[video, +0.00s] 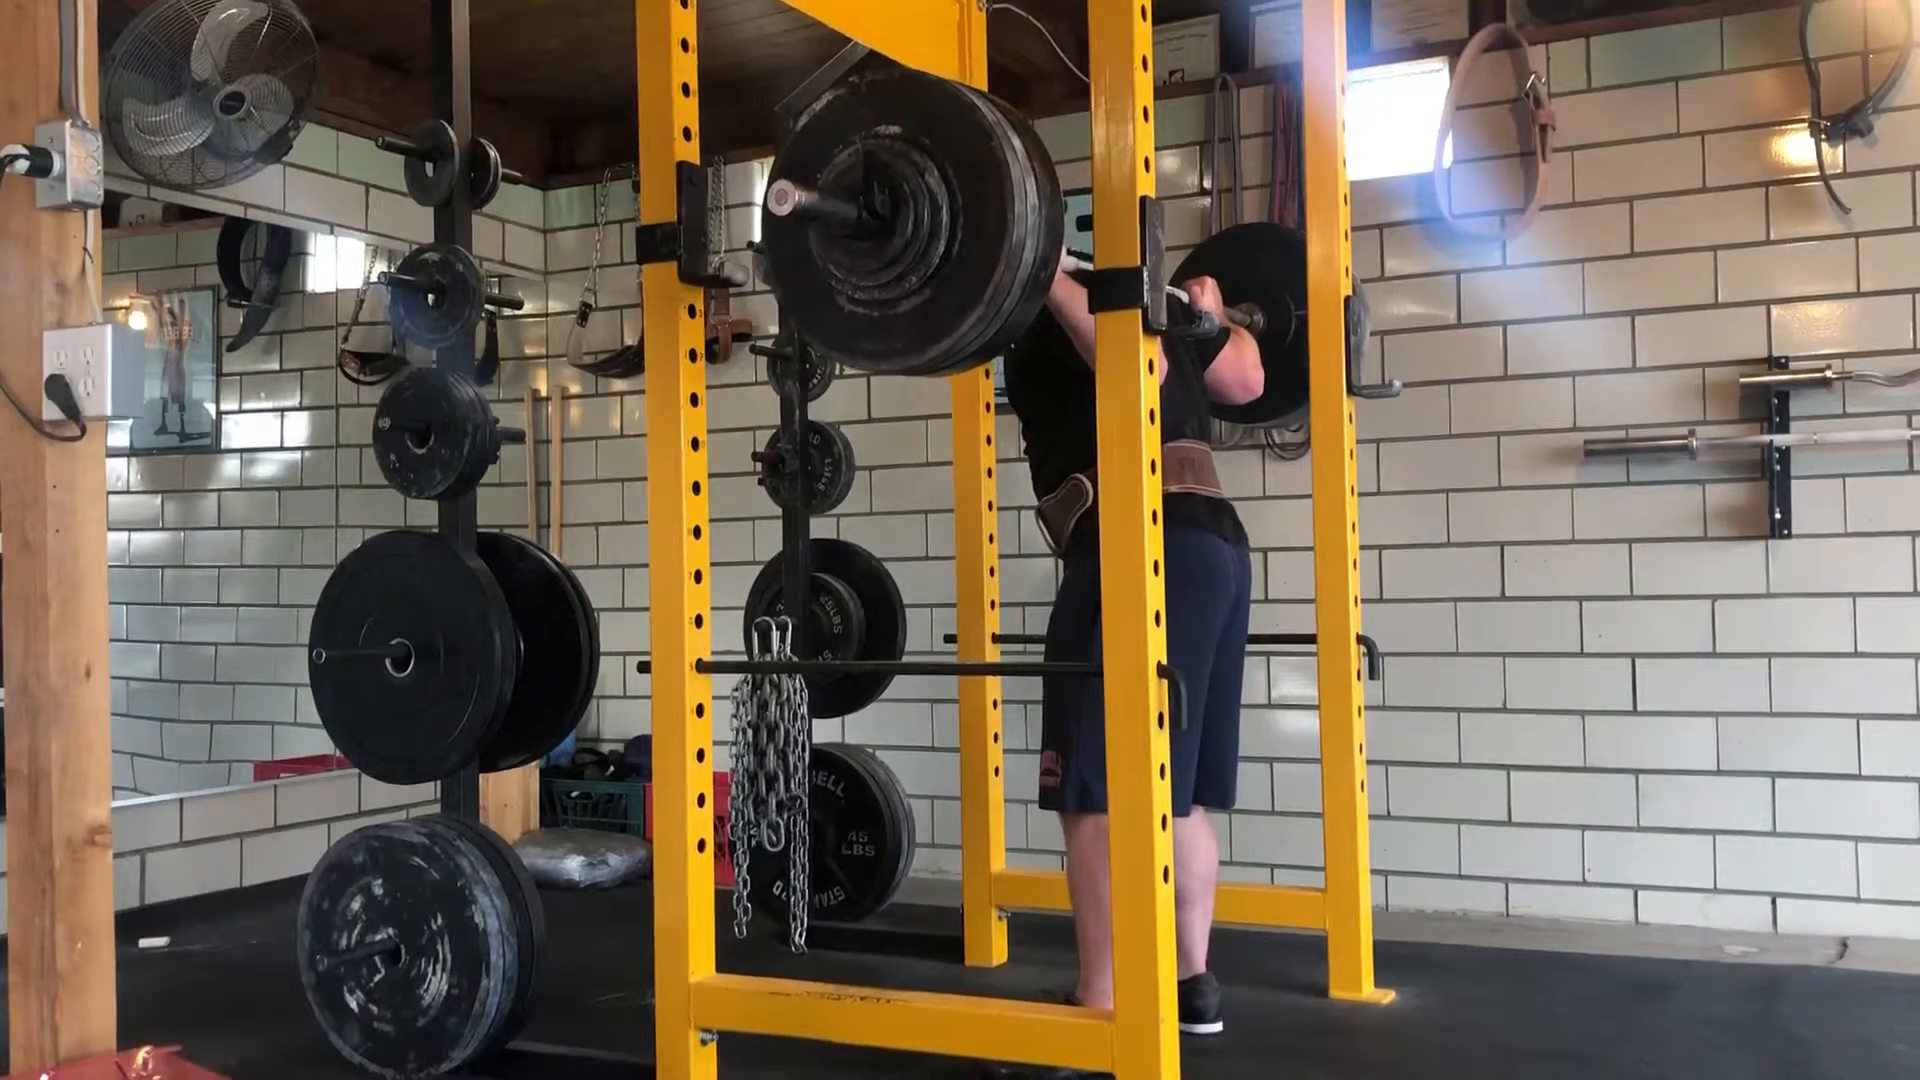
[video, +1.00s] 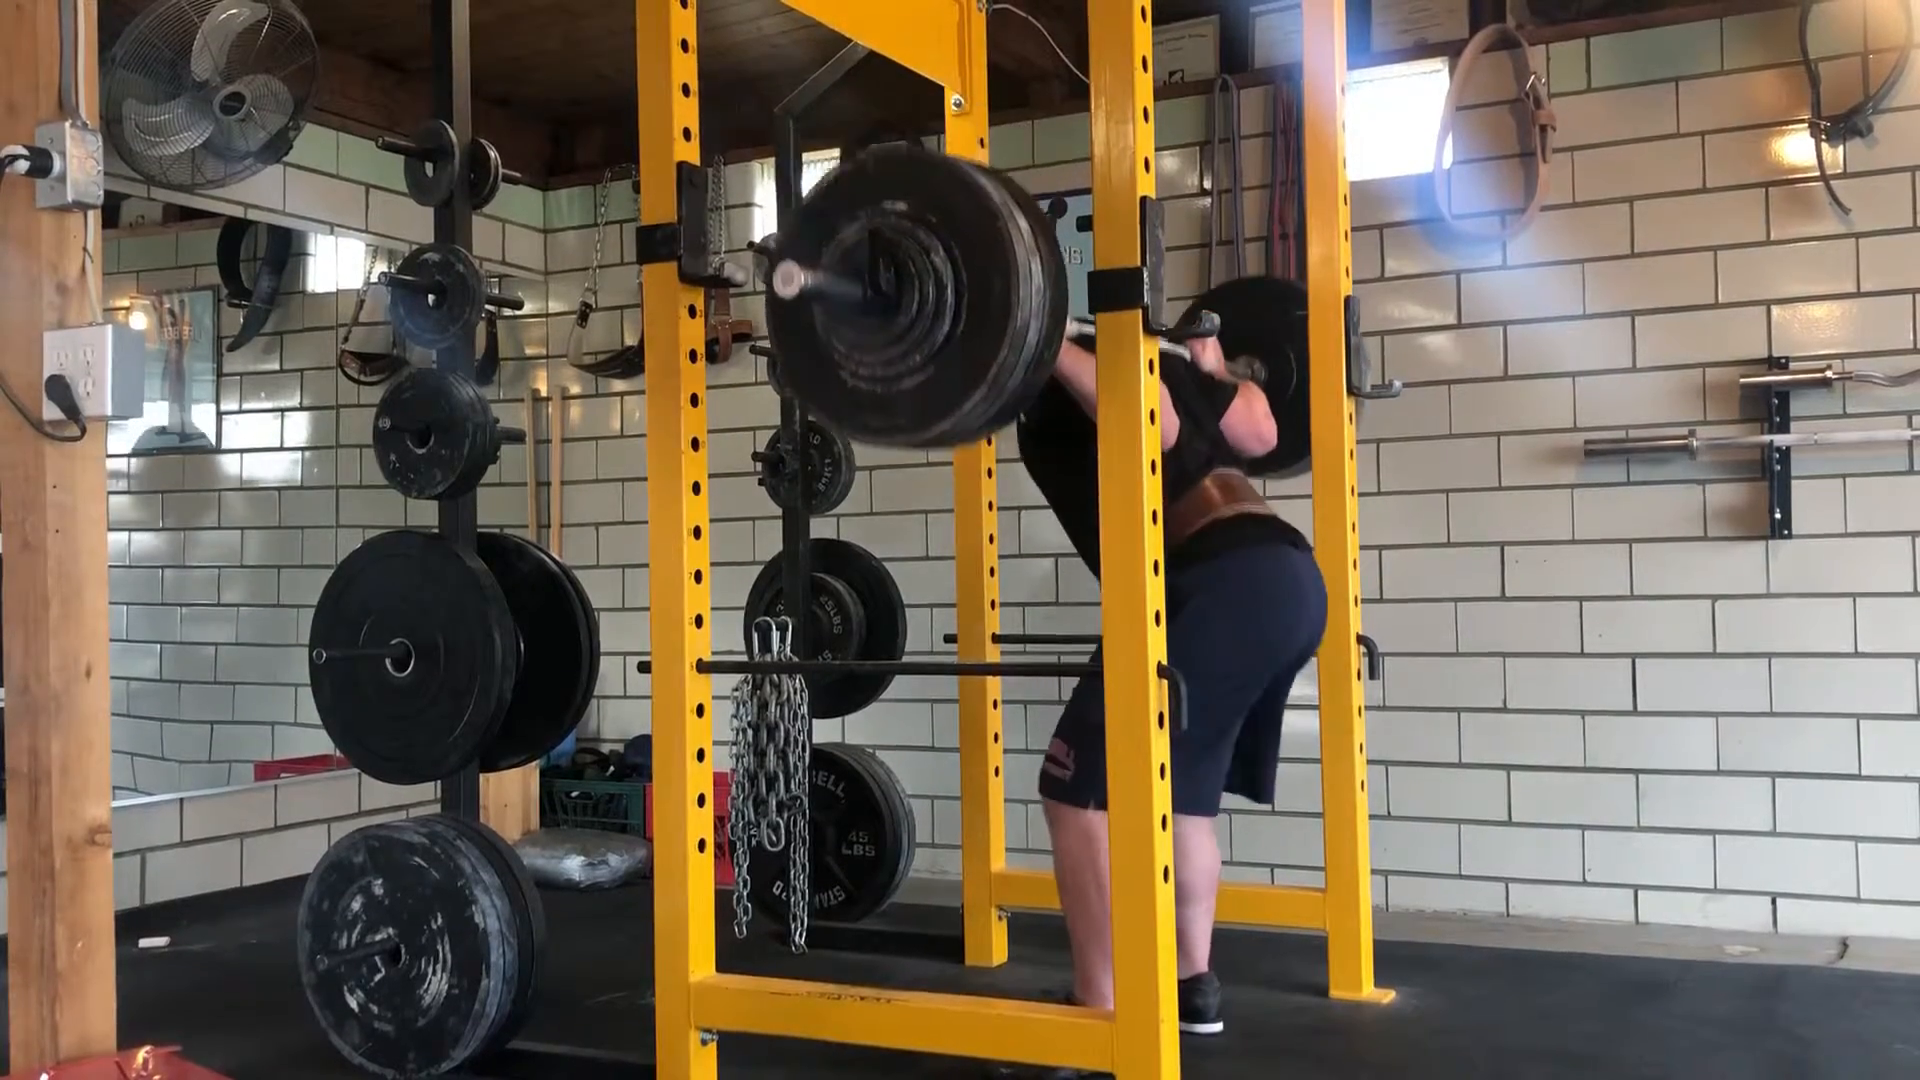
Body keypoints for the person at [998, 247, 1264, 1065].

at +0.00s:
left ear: (1032, 246)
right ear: (1077, 239)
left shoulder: (1052, 293)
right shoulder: (1168, 297)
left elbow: (1136, 370)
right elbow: (1246, 377)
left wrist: (1057, 284)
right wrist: (1213, 308)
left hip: (1127, 538)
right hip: (1214, 544)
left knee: (1089, 783)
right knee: (1188, 783)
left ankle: (1101, 999)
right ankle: (1193, 986)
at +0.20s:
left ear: (1039, 251)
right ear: (1088, 248)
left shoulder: (1049, 297)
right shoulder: (1165, 300)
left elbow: (1129, 369)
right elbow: (1246, 377)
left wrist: (1047, 277)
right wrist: (1211, 308)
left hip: (1129, 541)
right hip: (1213, 545)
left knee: (1090, 785)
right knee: (1184, 787)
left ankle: (1098, 1003)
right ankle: (1192, 986)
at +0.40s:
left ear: (1033, 244)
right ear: (1074, 239)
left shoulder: (1054, 295)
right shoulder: (1160, 297)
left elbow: (1134, 370)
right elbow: (1246, 377)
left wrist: (1047, 280)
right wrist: (1211, 308)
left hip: (1131, 540)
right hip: (1214, 544)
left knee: (1088, 782)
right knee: (1185, 784)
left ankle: (1099, 1003)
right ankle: (1193, 986)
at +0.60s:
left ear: (1028, 246)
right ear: (1071, 239)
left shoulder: (1051, 299)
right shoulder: (1161, 301)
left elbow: (1136, 372)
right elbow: (1247, 378)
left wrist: (1048, 282)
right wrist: (1212, 311)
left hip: (1139, 543)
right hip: (1222, 548)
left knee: (1086, 782)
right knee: (1186, 784)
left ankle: (1098, 1004)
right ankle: (1193, 987)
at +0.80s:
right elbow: (1257, 396)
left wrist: (1043, 299)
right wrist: (1213, 328)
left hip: (1188, 549)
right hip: (1252, 549)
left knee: (1088, 772)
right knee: (1195, 785)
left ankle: (1099, 1004)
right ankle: (1197, 989)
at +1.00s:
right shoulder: (1150, 356)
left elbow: (1158, 424)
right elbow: (1258, 431)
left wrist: (1042, 346)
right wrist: (1213, 367)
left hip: (1223, 579)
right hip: (1281, 578)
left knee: (1072, 780)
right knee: (1191, 787)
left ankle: (1098, 1005)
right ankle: (1192, 987)